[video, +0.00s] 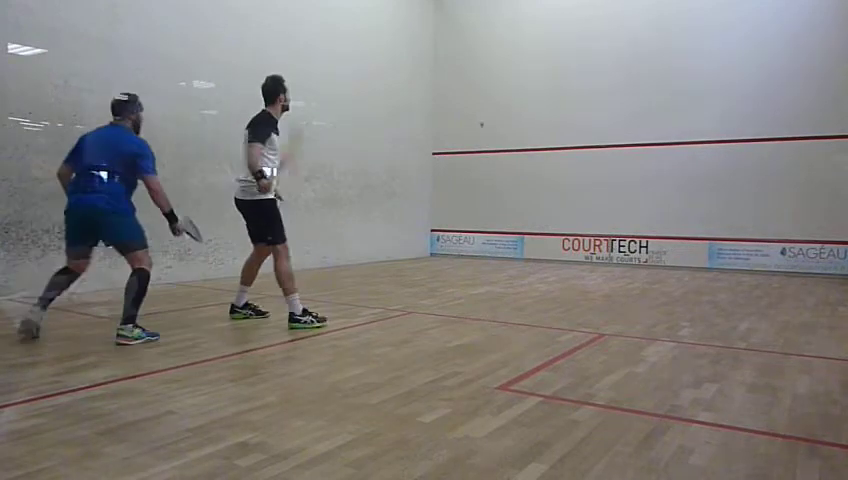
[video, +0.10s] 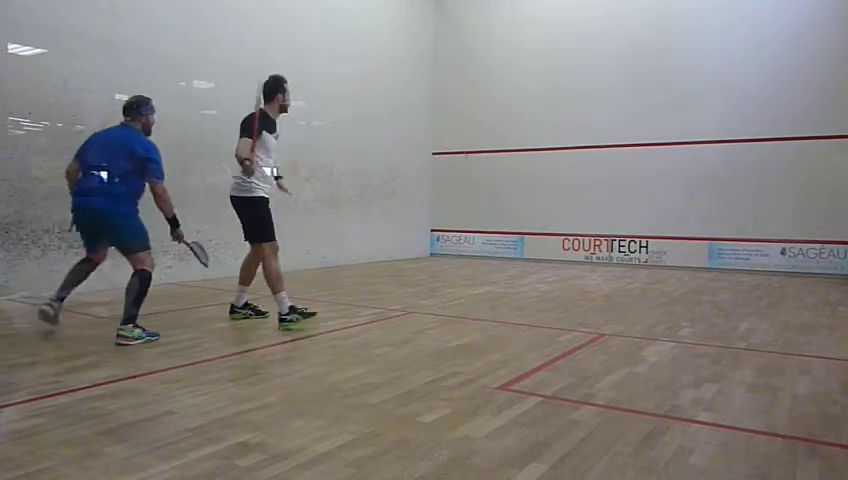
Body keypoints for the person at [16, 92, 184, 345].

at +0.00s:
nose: (142, 120)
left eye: (141, 115)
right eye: (141, 115)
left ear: (114, 116)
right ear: (135, 117)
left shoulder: (89, 137)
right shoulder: (138, 145)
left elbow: (64, 173)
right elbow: (154, 188)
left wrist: (79, 202)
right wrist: (172, 219)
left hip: (78, 209)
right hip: (114, 210)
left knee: (75, 266)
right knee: (141, 265)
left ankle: (38, 310)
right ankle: (128, 327)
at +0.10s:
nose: (154, 122)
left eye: (154, 116)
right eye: (152, 117)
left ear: (127, 117)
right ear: (142, 118)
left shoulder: (98, 137)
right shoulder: (145, 148)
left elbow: (71, 171)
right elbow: (158, 191)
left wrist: (82, 203)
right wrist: (175, 225)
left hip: (84, 209)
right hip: (119, 213)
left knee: (95, 255)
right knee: (144, 266)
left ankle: (55, 301)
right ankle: (128, 327)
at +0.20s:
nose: (159, 120)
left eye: (159, 114)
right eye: (157, 115)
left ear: (133, 114)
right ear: (146, 115)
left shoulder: (104, 135)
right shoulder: (150, 146)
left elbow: (77, 167)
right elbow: (162, 189)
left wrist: (76, 206)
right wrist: (176, 222)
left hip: (90, 206)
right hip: (124, 210)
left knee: (104, 250)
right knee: (141, 265)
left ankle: (74, 303)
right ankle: (128, 326)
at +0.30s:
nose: (162, 120)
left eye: (162, 115)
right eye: (160, 115)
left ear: (136, 115)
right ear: (149, 116)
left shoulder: (108, 136)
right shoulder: (153, 146)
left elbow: (83, 168)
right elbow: (164, 188)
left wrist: (79, 206)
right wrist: (177, 219)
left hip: (96, 205)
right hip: (127, 209)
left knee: (108, 252)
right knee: (139, 263)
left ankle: (85, 306)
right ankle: (126, 321)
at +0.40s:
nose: (168, 122)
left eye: (168, 116)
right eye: (166, 117)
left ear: (143, 116)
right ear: (155, 117)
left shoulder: (117, 137)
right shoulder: (156, 146)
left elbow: (93, 170)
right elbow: (166, 188)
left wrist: (94, 208)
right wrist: (179, 221)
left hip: (103, 205)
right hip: (134, 208)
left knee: (110, 252)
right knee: (157, 257)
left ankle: (85, 305)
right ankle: (129, 308)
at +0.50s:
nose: (177, 122)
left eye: (177, 117)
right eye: (175, 117)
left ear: (154, 117)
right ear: (165, 117)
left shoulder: (131, 136)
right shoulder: (165, 144)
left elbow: (113, 169)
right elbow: (172, 186)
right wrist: (185, 220)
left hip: (110, 202)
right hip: (140, 205)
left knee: (111, 253)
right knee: (170, 254)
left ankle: (85, 306)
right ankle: (137, 306)